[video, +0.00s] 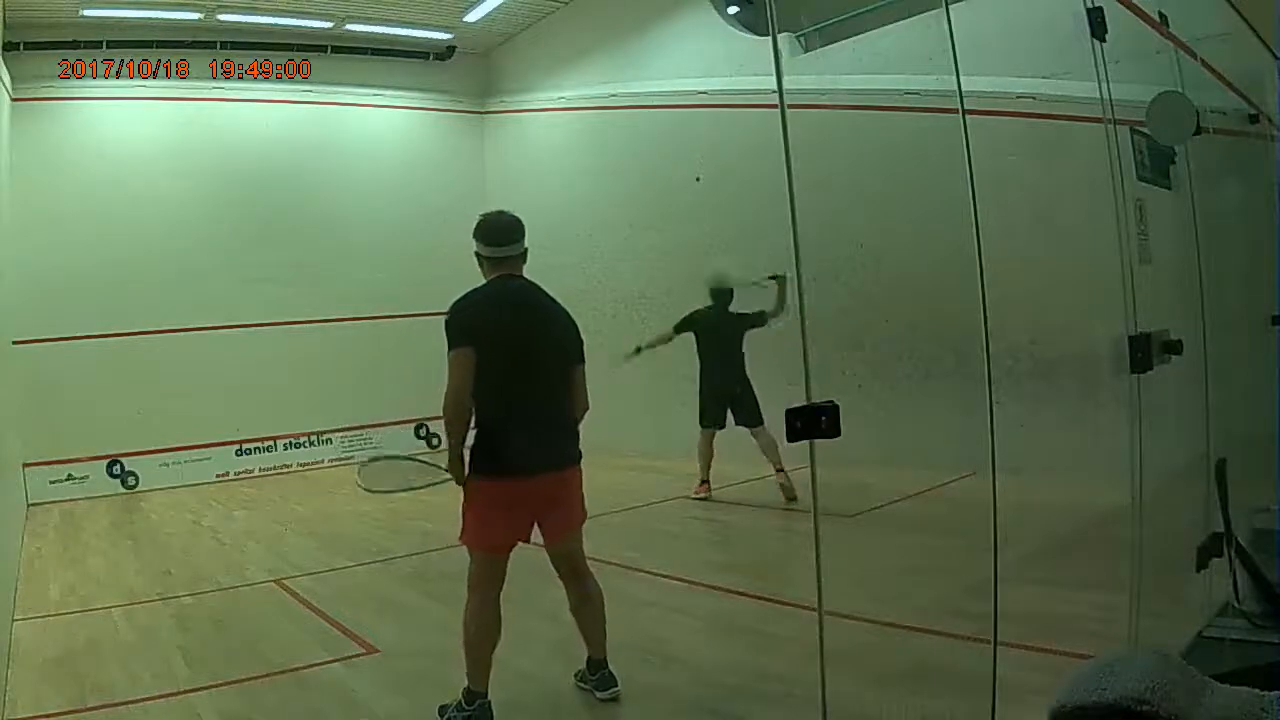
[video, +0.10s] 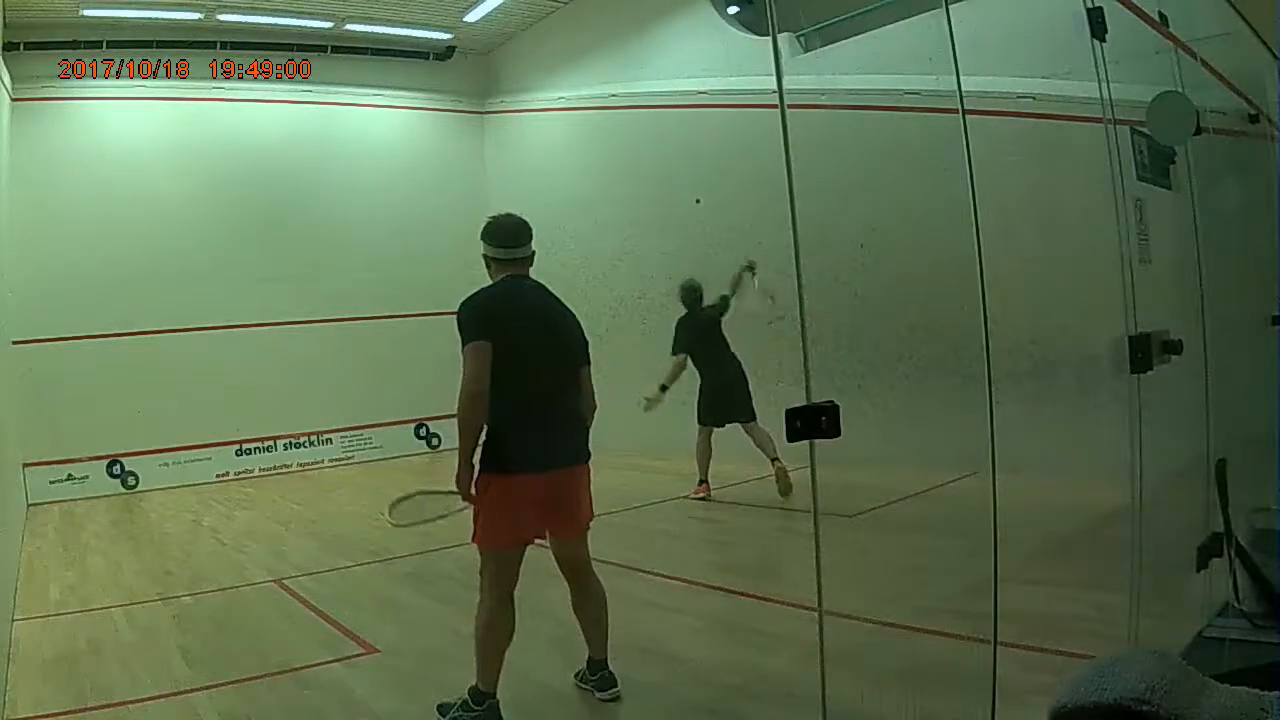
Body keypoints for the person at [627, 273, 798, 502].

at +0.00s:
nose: (723, 300)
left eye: (719, 296)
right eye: (726, 296)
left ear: (710, 296)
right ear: (730, 296)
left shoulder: (697, 318)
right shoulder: (739, 320)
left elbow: (667, 336)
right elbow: (776, 311)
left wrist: (643, 347)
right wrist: (781, 285)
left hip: (711, 387)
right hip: (740, 385)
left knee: (707, 434)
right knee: (759, 431)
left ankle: (704, 484)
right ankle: (780, 473)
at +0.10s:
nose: (686, 299)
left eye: (684, 296)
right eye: (690, 294)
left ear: (682, 300)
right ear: (701, 296)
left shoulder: (683, 325)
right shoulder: (713, 312)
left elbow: (680, 363)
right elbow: (731, 293)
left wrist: (661, 391)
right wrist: (742, 271)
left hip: (712, 382)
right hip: (735, 376)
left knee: (704, 433)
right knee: (750, 425)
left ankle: (703, 484)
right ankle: (776, 462)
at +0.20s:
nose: (666, 310)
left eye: (665, 306)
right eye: (666, 305)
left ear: (666, 308)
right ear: (681, 297)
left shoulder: (686, 324)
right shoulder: (692, 314)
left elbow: (706, 361)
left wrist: (692, 389)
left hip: (711, 379)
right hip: (730, 375)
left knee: (702, 432)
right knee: (737, 420)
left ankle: (704, 484)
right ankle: (765, 446)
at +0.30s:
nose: (657, 309)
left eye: (657, 305)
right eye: (656, 306)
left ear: (660, 303)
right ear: (668, 300)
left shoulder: (683, 323)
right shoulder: (662, 319)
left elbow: (706, 350)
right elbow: (648, 344)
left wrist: (720, 380)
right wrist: (636, 368)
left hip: (702, 382)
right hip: (698, 381)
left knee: (701, 432)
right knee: (718, 420)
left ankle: (708, 484)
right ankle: (755, 438)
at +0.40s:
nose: (639, 307)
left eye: (641, 304)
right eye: (640, 304)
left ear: (649, 307)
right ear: (657, 306)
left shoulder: (679, 326)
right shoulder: (647, 326)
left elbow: (706, 352)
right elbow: (656, 353)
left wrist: (729, 377)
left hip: (699, 379)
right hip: (685, 381)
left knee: (697, 430)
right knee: (692, 427)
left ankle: (708, 484)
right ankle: (735, 445)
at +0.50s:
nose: (632, 309)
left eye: (634, 305)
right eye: (632, 305)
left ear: (643, 308)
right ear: (648, 308)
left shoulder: (676, 327)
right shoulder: (638, 326)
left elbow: (702, 350)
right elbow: (650, 355)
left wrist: (724, 376)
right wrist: (676, 355)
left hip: (692, 384)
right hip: (673, 385)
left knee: (692, 434)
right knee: (667, 430)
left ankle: (709, 480)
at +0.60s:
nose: (623, 313)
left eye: (626, 308)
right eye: (623, 308)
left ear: (640, 311)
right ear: (637, 312)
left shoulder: (666, 331)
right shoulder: (627, 334)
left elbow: (690, 358)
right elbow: (634, 368)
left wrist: (708, 387)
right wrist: (664, 370)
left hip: (678, 389)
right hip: (655, 390)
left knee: (689, 436)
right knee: (643, 436)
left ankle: (710, 480)